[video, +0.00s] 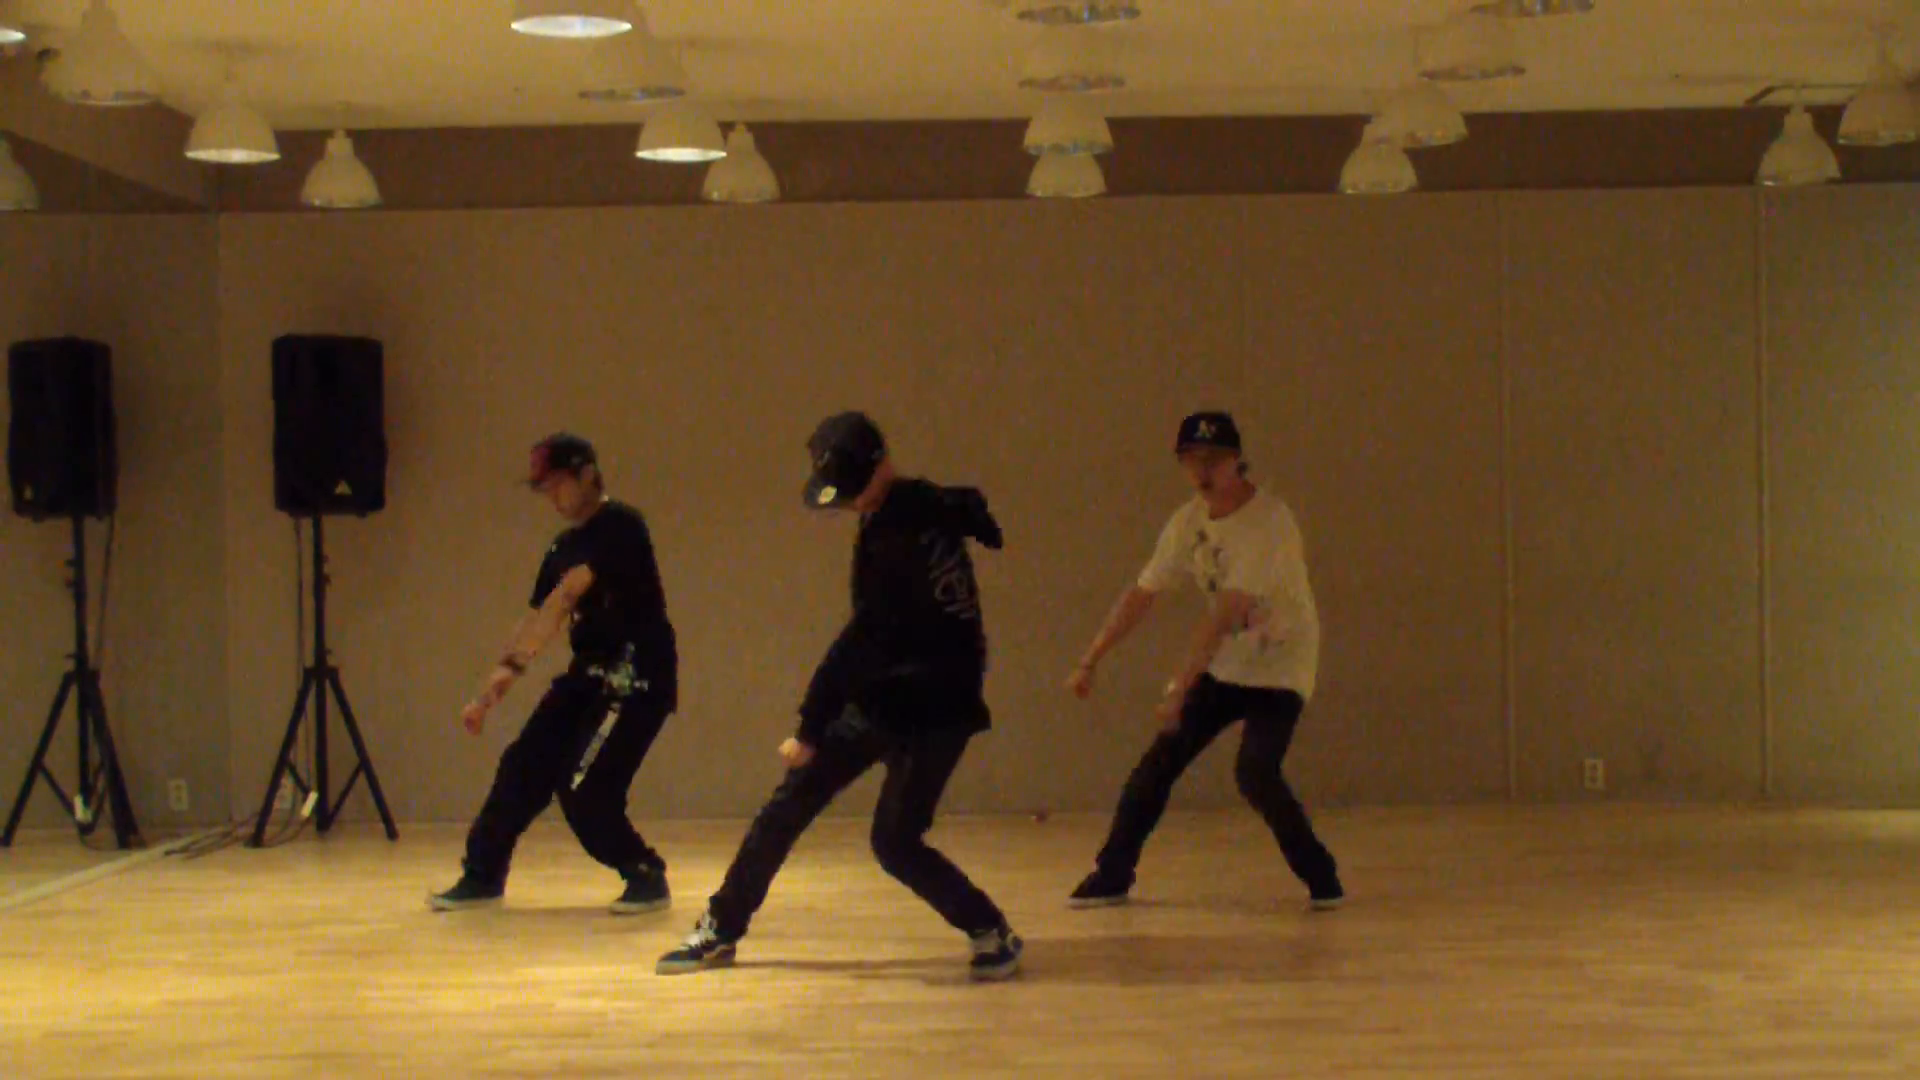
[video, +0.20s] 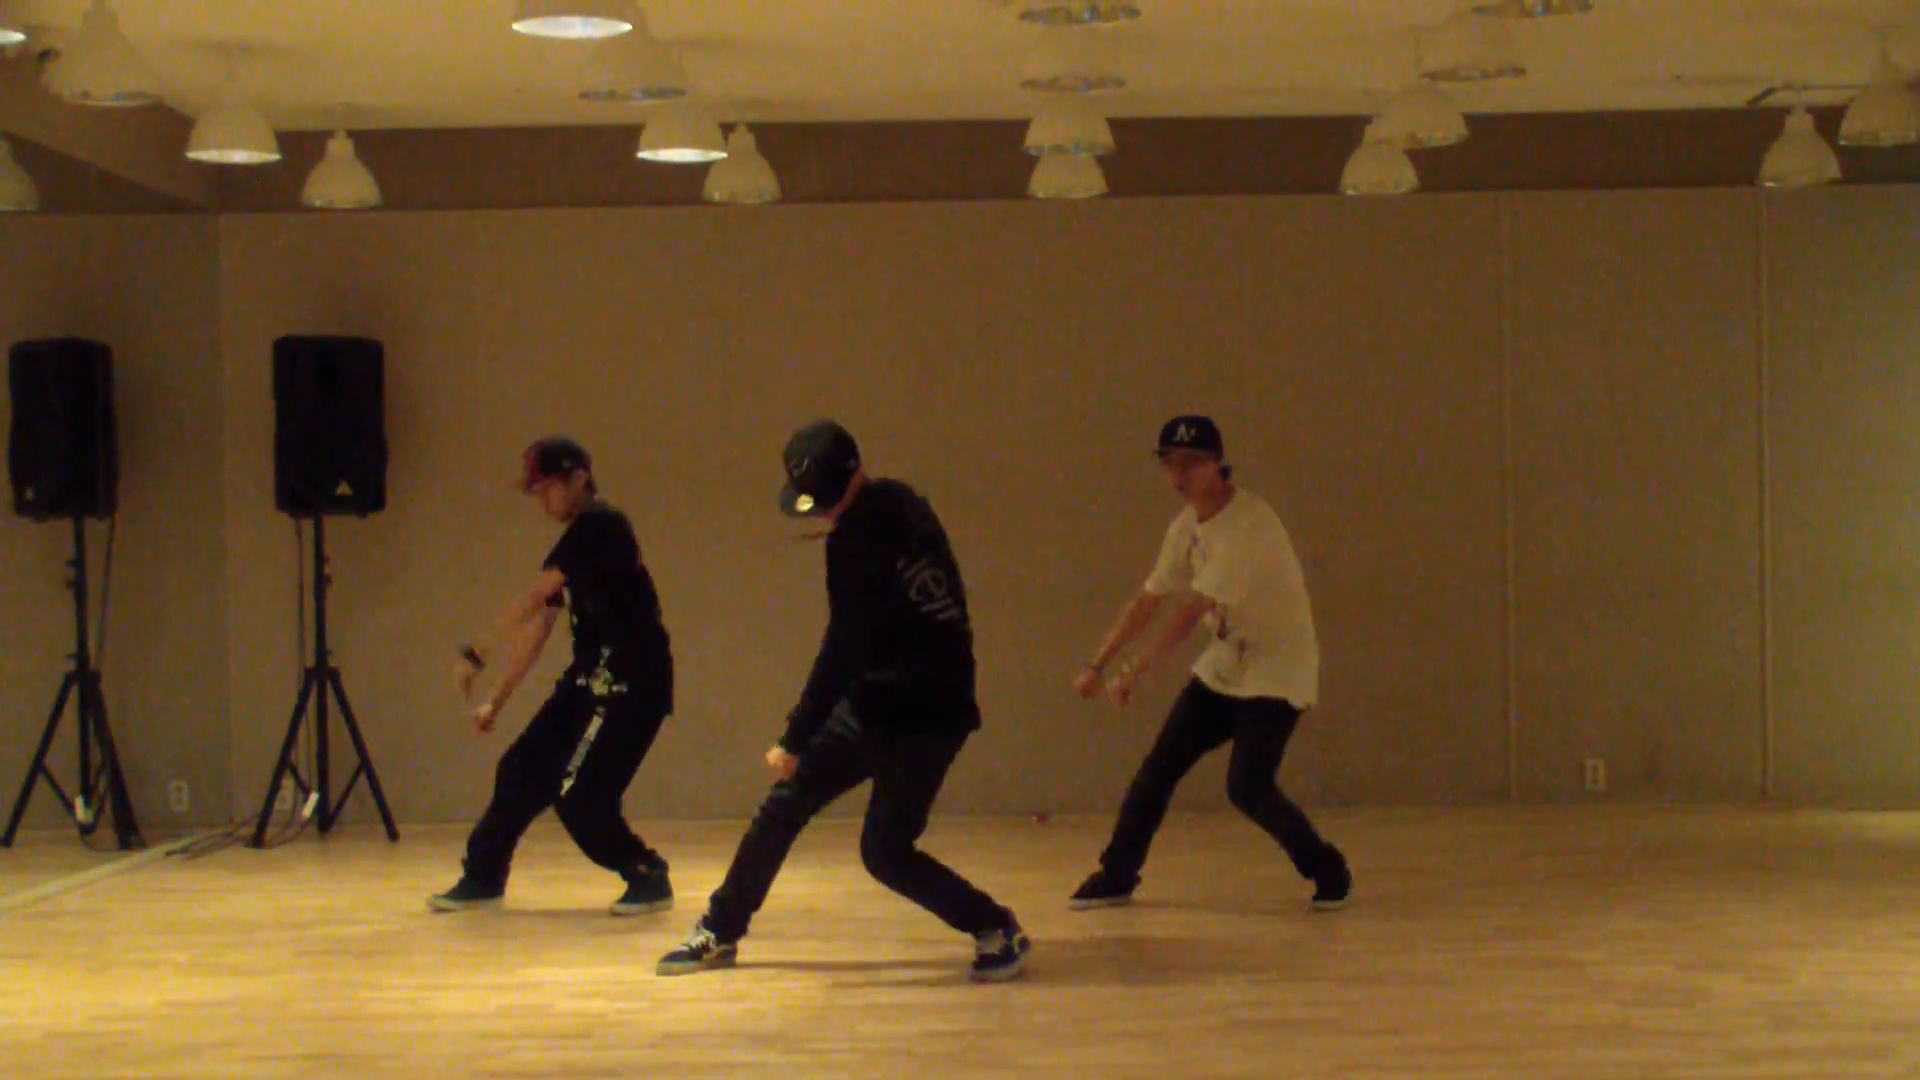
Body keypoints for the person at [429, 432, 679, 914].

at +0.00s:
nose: (553, 498)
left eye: (559, 485)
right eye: (546, 490)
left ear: (589, 476)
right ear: (547, 492)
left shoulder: (621, 526)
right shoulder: (565, 547)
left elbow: (567, 598)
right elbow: (533, 617)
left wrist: (518, 661)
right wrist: (487, 693)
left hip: (639, 678)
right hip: (589, 673)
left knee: (587, 785)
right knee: (524, 766)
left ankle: (645, 874)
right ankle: (483, 876)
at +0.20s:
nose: (543, 502)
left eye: (548, 489)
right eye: (538, 492)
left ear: (579, 479)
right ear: (557, 488)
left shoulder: (601, 527)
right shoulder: (574, 538)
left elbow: (539, 599)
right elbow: (539, 631)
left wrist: (481, 649)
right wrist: (497, 698)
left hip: (635, 684)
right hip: (589, 678)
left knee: (581, 795)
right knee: (521, 771)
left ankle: (648, 874)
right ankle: (483, 878)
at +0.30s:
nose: (559, 497)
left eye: (564, 484)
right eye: (548, 490)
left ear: (582, 479)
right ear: (538, 499)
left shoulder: (613, 510)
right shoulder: (560, 561)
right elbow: (542, 647)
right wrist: (494, 716)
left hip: (640, 678)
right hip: (589, 677)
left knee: (584, 793)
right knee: (518, 769)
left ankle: (648, 874)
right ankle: (484, 877)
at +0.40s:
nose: (564, 491)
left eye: (571, 479)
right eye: (551, 485)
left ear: (585, 481)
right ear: (537, 497)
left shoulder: (612, 510)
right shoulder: (552, 571)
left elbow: (633, 469)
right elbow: (543, 655)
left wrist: (652, 443)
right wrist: (502, 722)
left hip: (637, 680)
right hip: (584, 681)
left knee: (581, 792)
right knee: (515, 766)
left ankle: (647, 875)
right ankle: (484, 876)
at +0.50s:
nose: (567, 488)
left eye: (574, 476)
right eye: (554, 481)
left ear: (587, 480)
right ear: (537, 496)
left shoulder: (619, 505)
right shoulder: (547, 571)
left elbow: (700, 473)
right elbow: (541, 662)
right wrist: (505, 728)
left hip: (638, 680)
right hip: (581, 683)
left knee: (584, 792)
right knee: (520, 767)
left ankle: (648, 877)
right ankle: (484, 876)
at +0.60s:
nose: (573, 482)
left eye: (581, 471)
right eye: (559, 476)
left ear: (595, 477)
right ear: (542, 491)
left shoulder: (624, 505)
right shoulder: (551, 568)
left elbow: (708, 507)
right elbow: (541, 661)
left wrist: (687, 563)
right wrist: (507, 730)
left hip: (642, 678)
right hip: (585, 682)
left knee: (587, 794)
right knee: (521, 766)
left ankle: (648, 875)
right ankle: (485, 876)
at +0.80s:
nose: (591, 437)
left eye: (603, 426)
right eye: (582, 428)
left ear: (627, 434)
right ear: (574, 440)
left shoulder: (655, 490)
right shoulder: (565, 499)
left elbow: (696, 563)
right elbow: (490, 498)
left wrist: (709, 644)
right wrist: (412, 507)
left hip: (652, 646)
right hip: (601, 645)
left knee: (614, 766)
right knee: (546, 750)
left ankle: (651, 876)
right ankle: (572, 866)